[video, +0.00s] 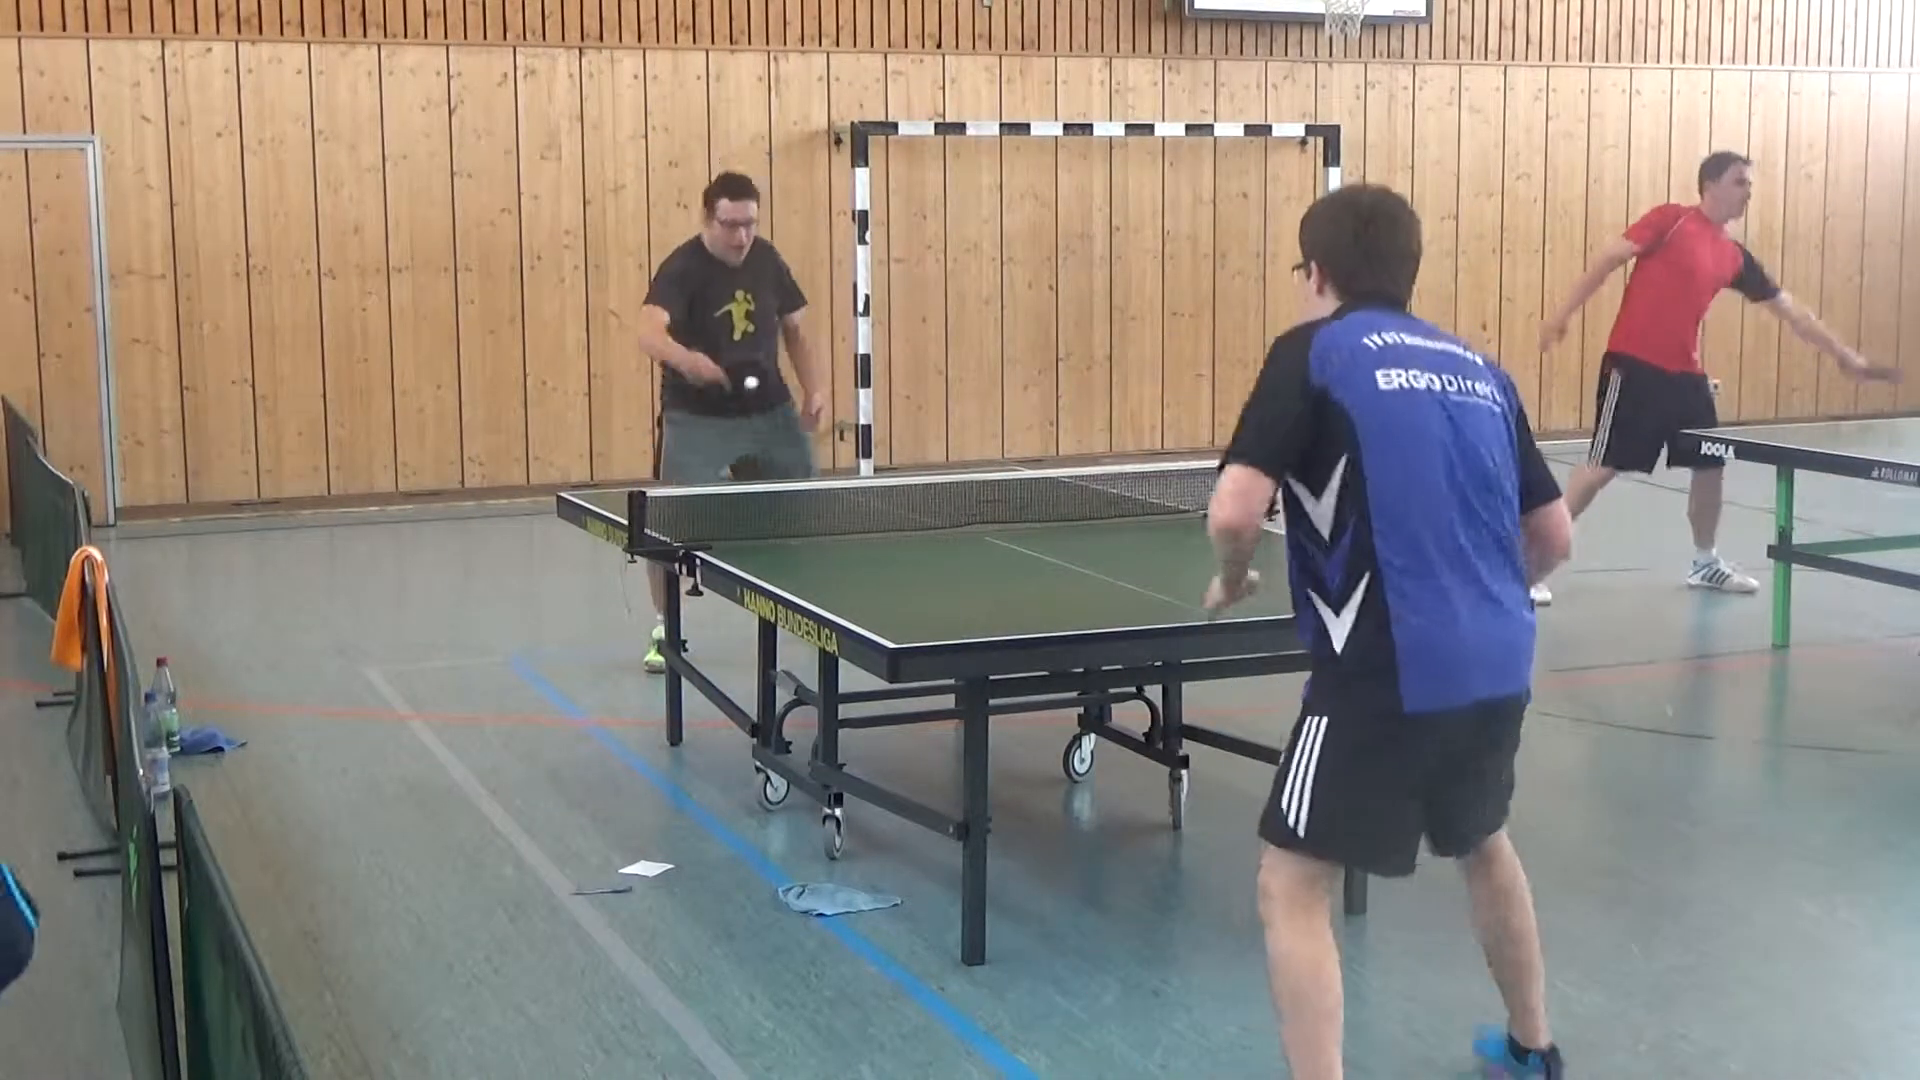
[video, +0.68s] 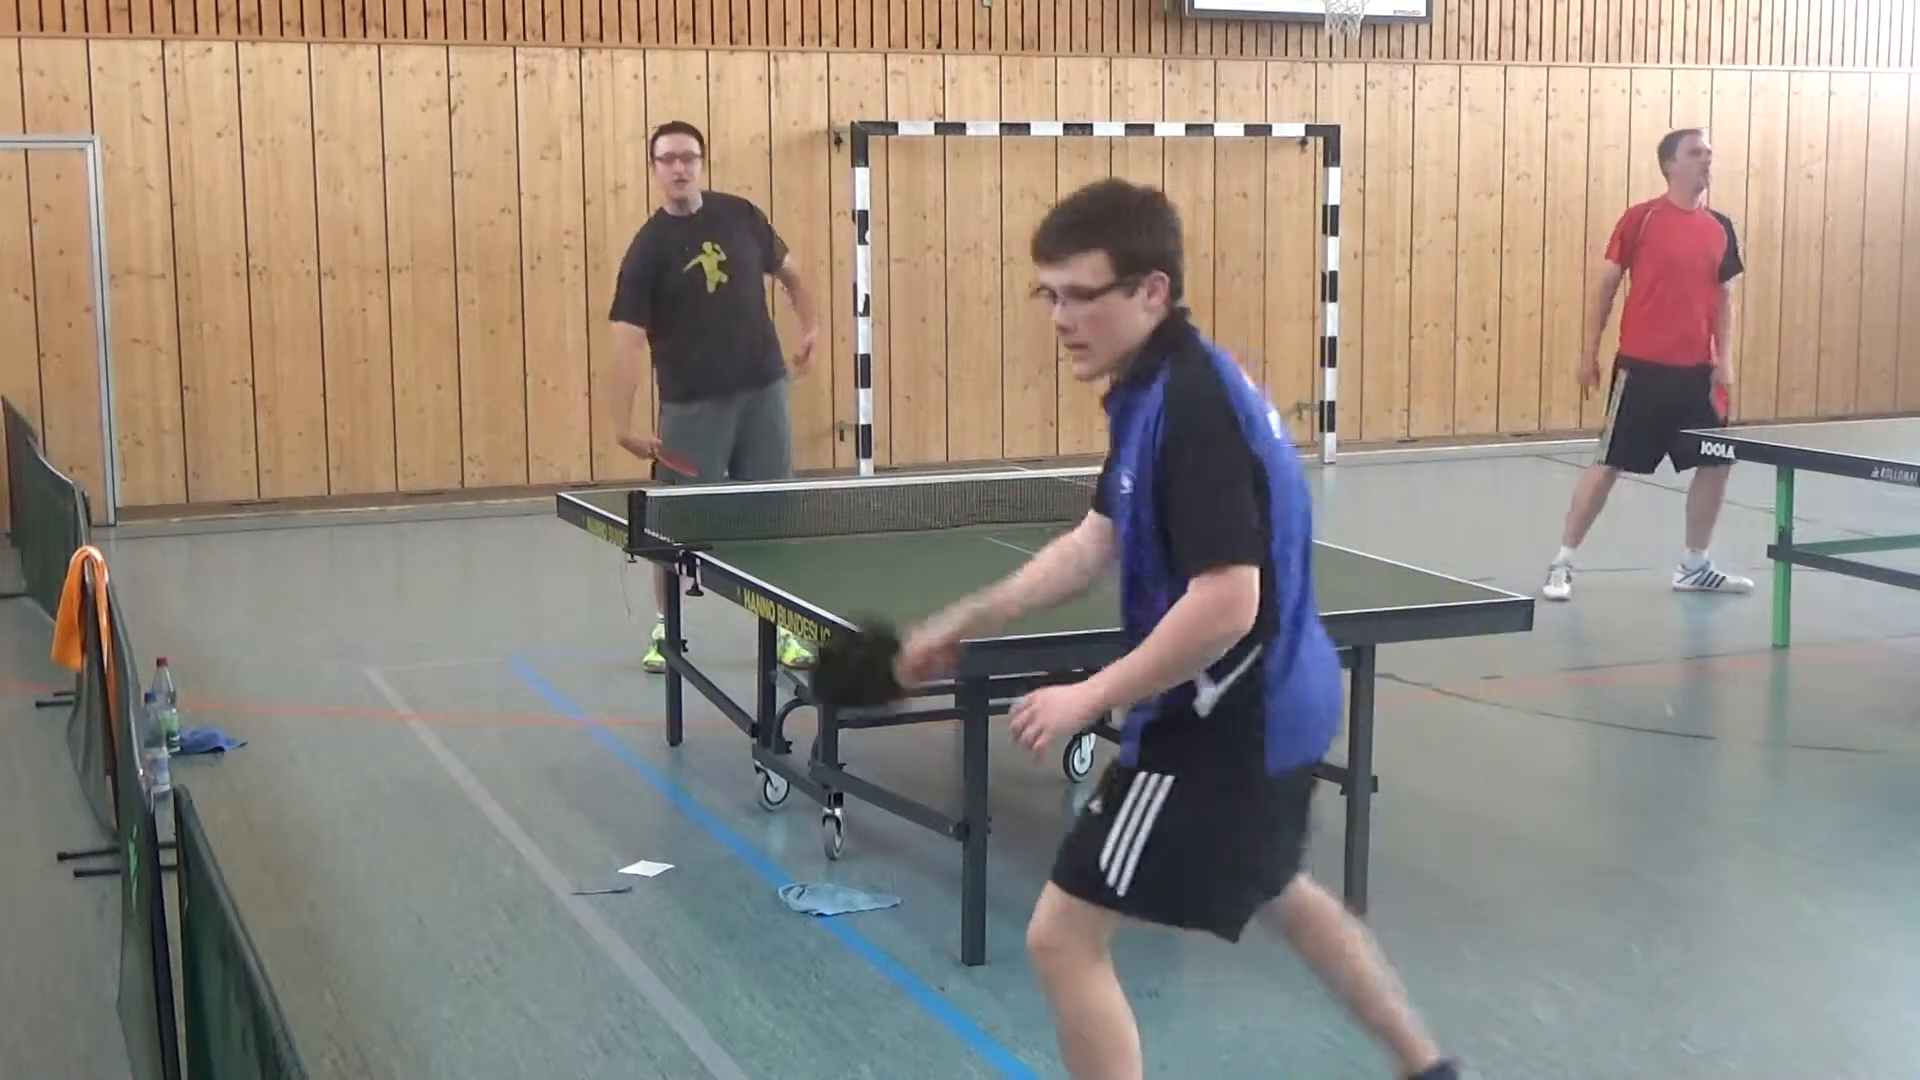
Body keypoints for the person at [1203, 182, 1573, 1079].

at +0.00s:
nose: (1301, 282)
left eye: (1304, 269)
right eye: (1304, 268)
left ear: (1323, 277)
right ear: (1408, 275)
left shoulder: (1310, 353)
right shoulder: (1482, 370)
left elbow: (1235, 514)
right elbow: (1551, 535)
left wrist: (1230, 576)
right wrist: (1486, 587)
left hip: (1382, 674)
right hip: (1497, 670)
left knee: (1293, 883)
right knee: (1484, 844)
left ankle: (1318, 1071)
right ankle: (1535, 1045)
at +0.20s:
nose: (1292, 309)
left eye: (1292, 293)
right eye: (1291, 292)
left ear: (1312, 297)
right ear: (1392, 288)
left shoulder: (1315, 372)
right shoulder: (1478, 382)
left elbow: (1302, 521)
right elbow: (1539, 539)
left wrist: (1261, 582)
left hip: (1387, 682)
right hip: (1505, 682)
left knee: (1254, 889)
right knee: (1502, 873)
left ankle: (1258, 1071)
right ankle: (1567, 1070)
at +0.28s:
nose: (1275, 340)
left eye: (1276, 320)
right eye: (1273, 320)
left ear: (1308, 318)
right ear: (1370, 309)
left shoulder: (1317, 394)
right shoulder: (1437, 391)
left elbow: (1282, 568)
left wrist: (1287, 544)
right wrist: (1242, 629)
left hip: (1379, 712)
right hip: (1496, 707)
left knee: (1220, 895)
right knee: (1496, 873)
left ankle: (1193, 1070)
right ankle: (1565, 1070)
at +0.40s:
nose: (1220, 350)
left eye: (1225, 330)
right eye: (1220, 331)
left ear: (1263, 332)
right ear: (1296, 325)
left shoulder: (1313, 411)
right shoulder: (1361, 401)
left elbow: (1275, 598)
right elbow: (1165, 517)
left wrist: (1246, 496)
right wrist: (999, 540)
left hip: (1355, 738)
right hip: (1451, 726)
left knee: (1173, 914)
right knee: (1450, 892)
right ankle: (1552, 1069)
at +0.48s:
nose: (1157, 333)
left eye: (1166, 314)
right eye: (1157, 315)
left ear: (1224, 316)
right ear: (1233, 316)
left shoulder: (1273, 403)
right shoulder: (1285, 396)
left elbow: (1276, 589)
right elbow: (1115, 499)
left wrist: (1185, 569)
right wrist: (956, 499)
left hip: (1318, 730)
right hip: (1403, 718)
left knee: (1130, 921)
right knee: (1422, 909)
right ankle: (1541, 1071)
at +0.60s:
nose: (1091, 323)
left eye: (1110, 302)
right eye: (1084, 303)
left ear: (1181, 297)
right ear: (1179, 305)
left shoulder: (1221, 401)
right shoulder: (1193, 392)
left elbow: (1239, 595)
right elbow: (1091, 529)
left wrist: (1116, 672)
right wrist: (941, 548)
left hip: (1245, 736)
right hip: (1319, 718)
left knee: (1083, 939)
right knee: (1358, 887)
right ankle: (1499, 1060)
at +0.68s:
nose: (1062, 319)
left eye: (1083, 296)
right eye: (1053, 297)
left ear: (1153, 293)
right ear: (1043, 293)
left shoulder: (1190, 402)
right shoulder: (1152, 391)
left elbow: (1228, 600)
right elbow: (1095, 545)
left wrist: (1091, 696)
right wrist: (958, 625)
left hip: (1215, 727)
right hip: (1265, 711)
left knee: (1064, 942)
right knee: (1280, 887)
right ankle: (1426, 1060)